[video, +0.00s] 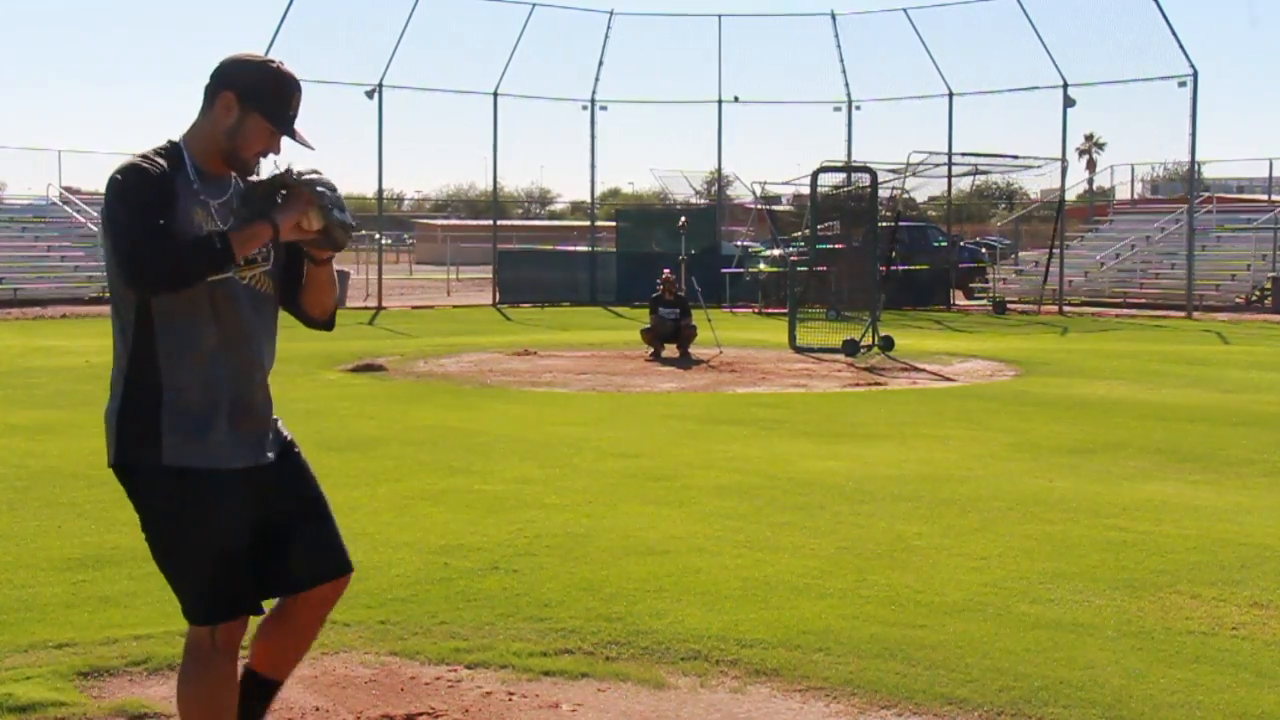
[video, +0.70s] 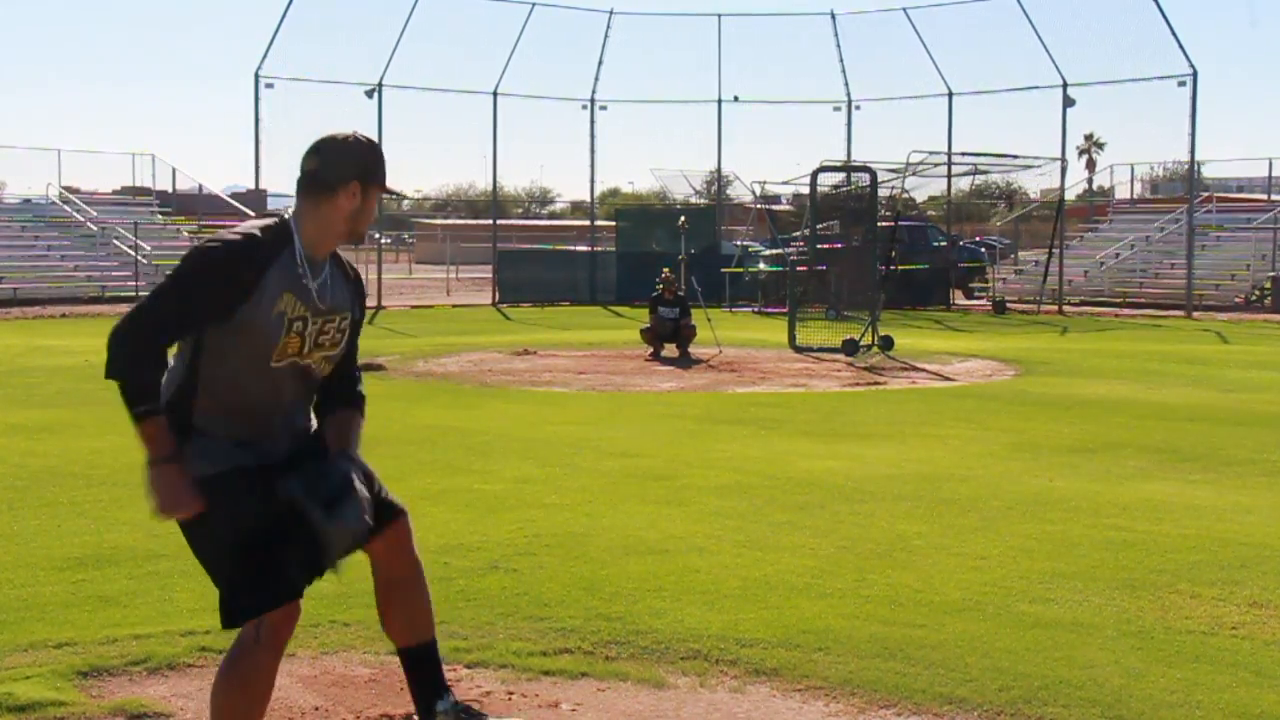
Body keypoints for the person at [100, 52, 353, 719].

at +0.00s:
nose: (275, 147)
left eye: (280, 134)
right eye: (271, 129)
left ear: (241, 116)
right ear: (227, 106)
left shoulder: (259, 198)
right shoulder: (141, 182)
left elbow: (317, 310)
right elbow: (148, 271)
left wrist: (318, 247)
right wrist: (268, 228)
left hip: (254, 433)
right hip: (171, 444)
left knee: (322, 575)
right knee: (220, 620)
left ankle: (244, 712)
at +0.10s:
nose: (282, 147)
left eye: (288, 134)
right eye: (276, 128)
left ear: (250, 118)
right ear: (231, 107)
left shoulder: (271, 196)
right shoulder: (138, 178)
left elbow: (333, 308)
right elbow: (123, 253)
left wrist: (309, 229)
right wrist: (244, 210)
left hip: (259, 419)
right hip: (174, 443)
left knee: (338, 557)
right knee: (216, 620)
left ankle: (340, 717)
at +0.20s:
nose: (284, 150)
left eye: (294, 139)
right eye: (279, 133)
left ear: (294, 140)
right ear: (239, 111)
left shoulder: (281, 190)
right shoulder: (149, 174)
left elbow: (348, 301)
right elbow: (109, 241)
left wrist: (306, 215)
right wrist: (229, 190)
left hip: (270, 410)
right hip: (182, 439)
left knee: (344, 532)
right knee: (215, 618)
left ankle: (412, 701)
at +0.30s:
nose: (291, 152)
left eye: (303, 140)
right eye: (283, 135)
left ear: (304, 145)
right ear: (246, 125)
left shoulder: (297, 200)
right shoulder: (167, 174)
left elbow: (365, 293)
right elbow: (110, 233)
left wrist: (314, 200)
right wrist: (229, 177)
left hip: (275, 394)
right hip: (187, 426)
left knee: (347, 460)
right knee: (218, 612)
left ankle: (423, 634)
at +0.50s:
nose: (337, 162)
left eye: (342, 149)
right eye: (332, 145)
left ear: (311, 139)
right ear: (291, 130)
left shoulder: (328, 210)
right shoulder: (202, 187)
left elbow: (369, 309)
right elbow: (132, 254)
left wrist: (324, 223)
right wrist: (245, 193)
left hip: (274, 384)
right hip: (197, 414)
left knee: (346, 378)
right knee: (234, 600)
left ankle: (382, 580)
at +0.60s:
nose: (359, 178)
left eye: (362, 165)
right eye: (356, 162)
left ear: (319, 160)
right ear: (319, 155)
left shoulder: (337, 242)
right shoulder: (215, 221)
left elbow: (339, 358)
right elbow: (115, 309)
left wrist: (326, 333)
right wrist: (239, 313)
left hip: (285, 412)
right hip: (205, 434)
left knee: (371, 440)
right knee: (251, 604)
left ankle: (394, 645)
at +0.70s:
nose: (377, 210)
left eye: (379, 198)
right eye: (377, 196)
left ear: (320, 188)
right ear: (352, 196)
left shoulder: (345, 285)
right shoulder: (234, 258)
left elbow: (340, 386)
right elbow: (131, 341)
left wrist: (342, 461)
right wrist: (164, 458)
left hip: (292, 455)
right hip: (212, 462)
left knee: (390, 527)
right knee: (275, 606)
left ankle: (432, 701)